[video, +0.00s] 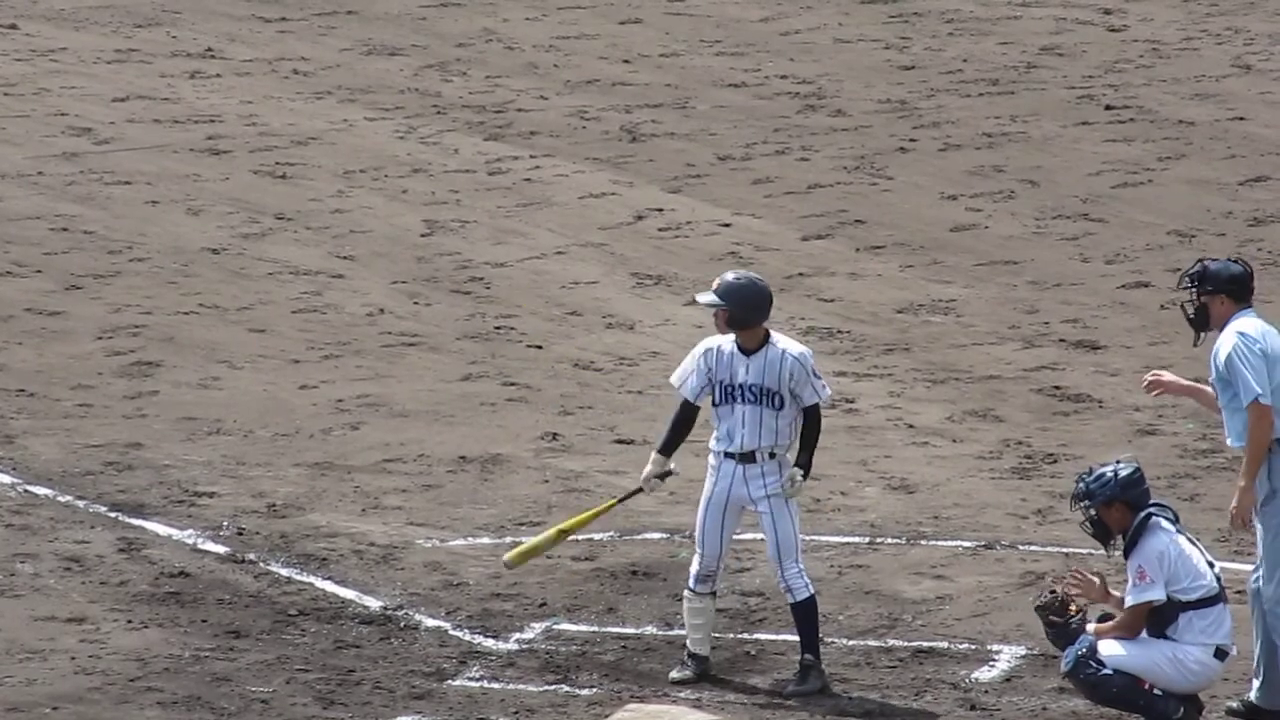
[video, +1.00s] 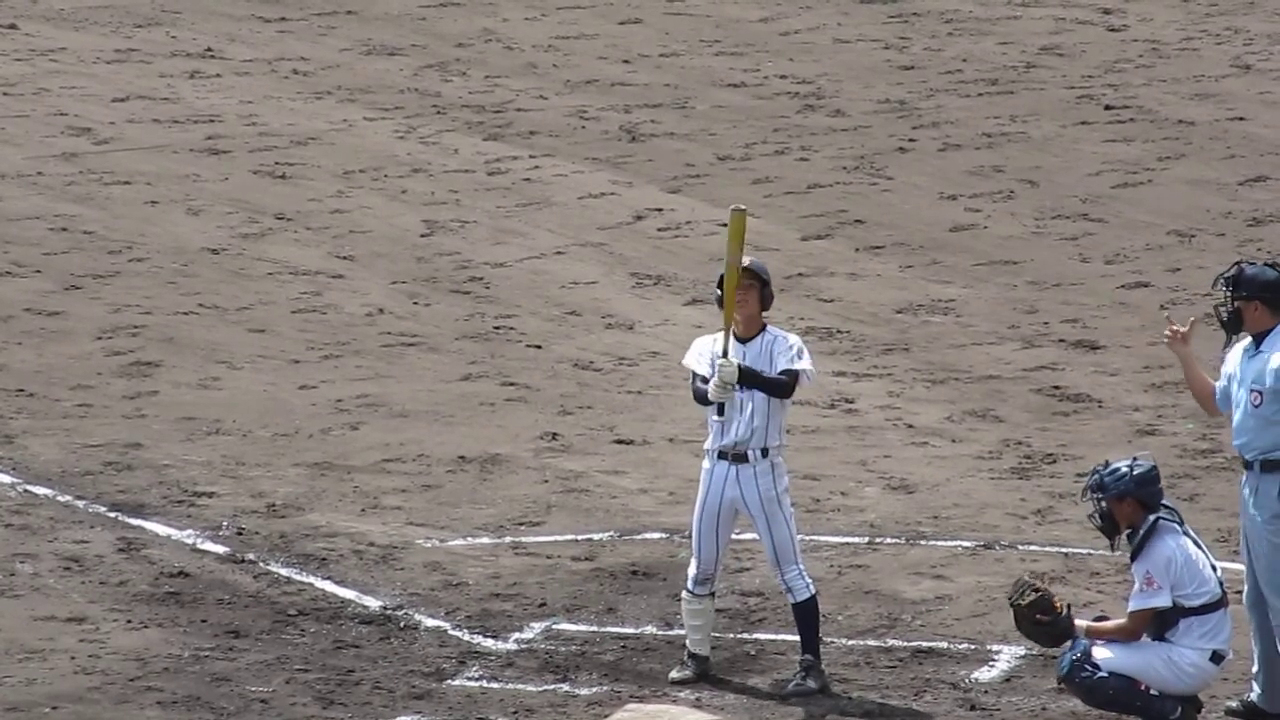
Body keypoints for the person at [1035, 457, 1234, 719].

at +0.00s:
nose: (1093, 518)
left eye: (1097, 510)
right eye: (1093, 510)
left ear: (1117, 510)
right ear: (1120, 507)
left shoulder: (1148, 545)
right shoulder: (1155, 526)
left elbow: (1130, 628)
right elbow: (1150, 611)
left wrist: (1086, 631)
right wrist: (1107, 596)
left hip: (1195, 660)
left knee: (1080, 661)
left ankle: (1171, 709)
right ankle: (1177, 697)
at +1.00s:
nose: (1102, 511)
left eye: (1108, 503)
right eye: (1103, 503)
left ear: (1128, 504)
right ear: (1131, 503)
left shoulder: (1157, 549)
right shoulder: (1164, 524)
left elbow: (1133, 631)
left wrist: (1076, 627)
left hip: (1192, 662)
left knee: (1077, 666)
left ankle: (1171, 710)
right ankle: (1180, 698)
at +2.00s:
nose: (1099, 502)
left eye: (1106, 495)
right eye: (1101, 494)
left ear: (1127, 501)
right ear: (1129, 500)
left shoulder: (1148, 550)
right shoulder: (1159, 526)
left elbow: (1127, 629)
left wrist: (1062, 639)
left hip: (1178, 666)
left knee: (1066, 668)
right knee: (1087, 626)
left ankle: (1161, 710)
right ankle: (1169, 696)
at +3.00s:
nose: (1093, 483)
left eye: (1101, 478)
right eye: (1096, 476)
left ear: (1121, 485)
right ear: (1125, 485)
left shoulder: (1132, 528)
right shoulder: (1145, 519)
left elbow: (1122, 607)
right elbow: (1143, 598)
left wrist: (1083, 598)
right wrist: (1097, 588)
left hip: (1180, 644)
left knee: (1070, 653)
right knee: (1082, 632)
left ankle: (1158, 704)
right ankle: (1164, 691)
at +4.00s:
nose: (1066, 515)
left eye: (1072, 508)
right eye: (1067, 508)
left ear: (1094, 513)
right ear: (1097, 512)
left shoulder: (1109, 555)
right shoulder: (1128, 538)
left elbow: (1090, 633)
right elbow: (1118, 617)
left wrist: (1057, 628)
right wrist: (1072, 606)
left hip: (1163, 675)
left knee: (1049, 657)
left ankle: (1094, 714)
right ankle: (1148, 711)